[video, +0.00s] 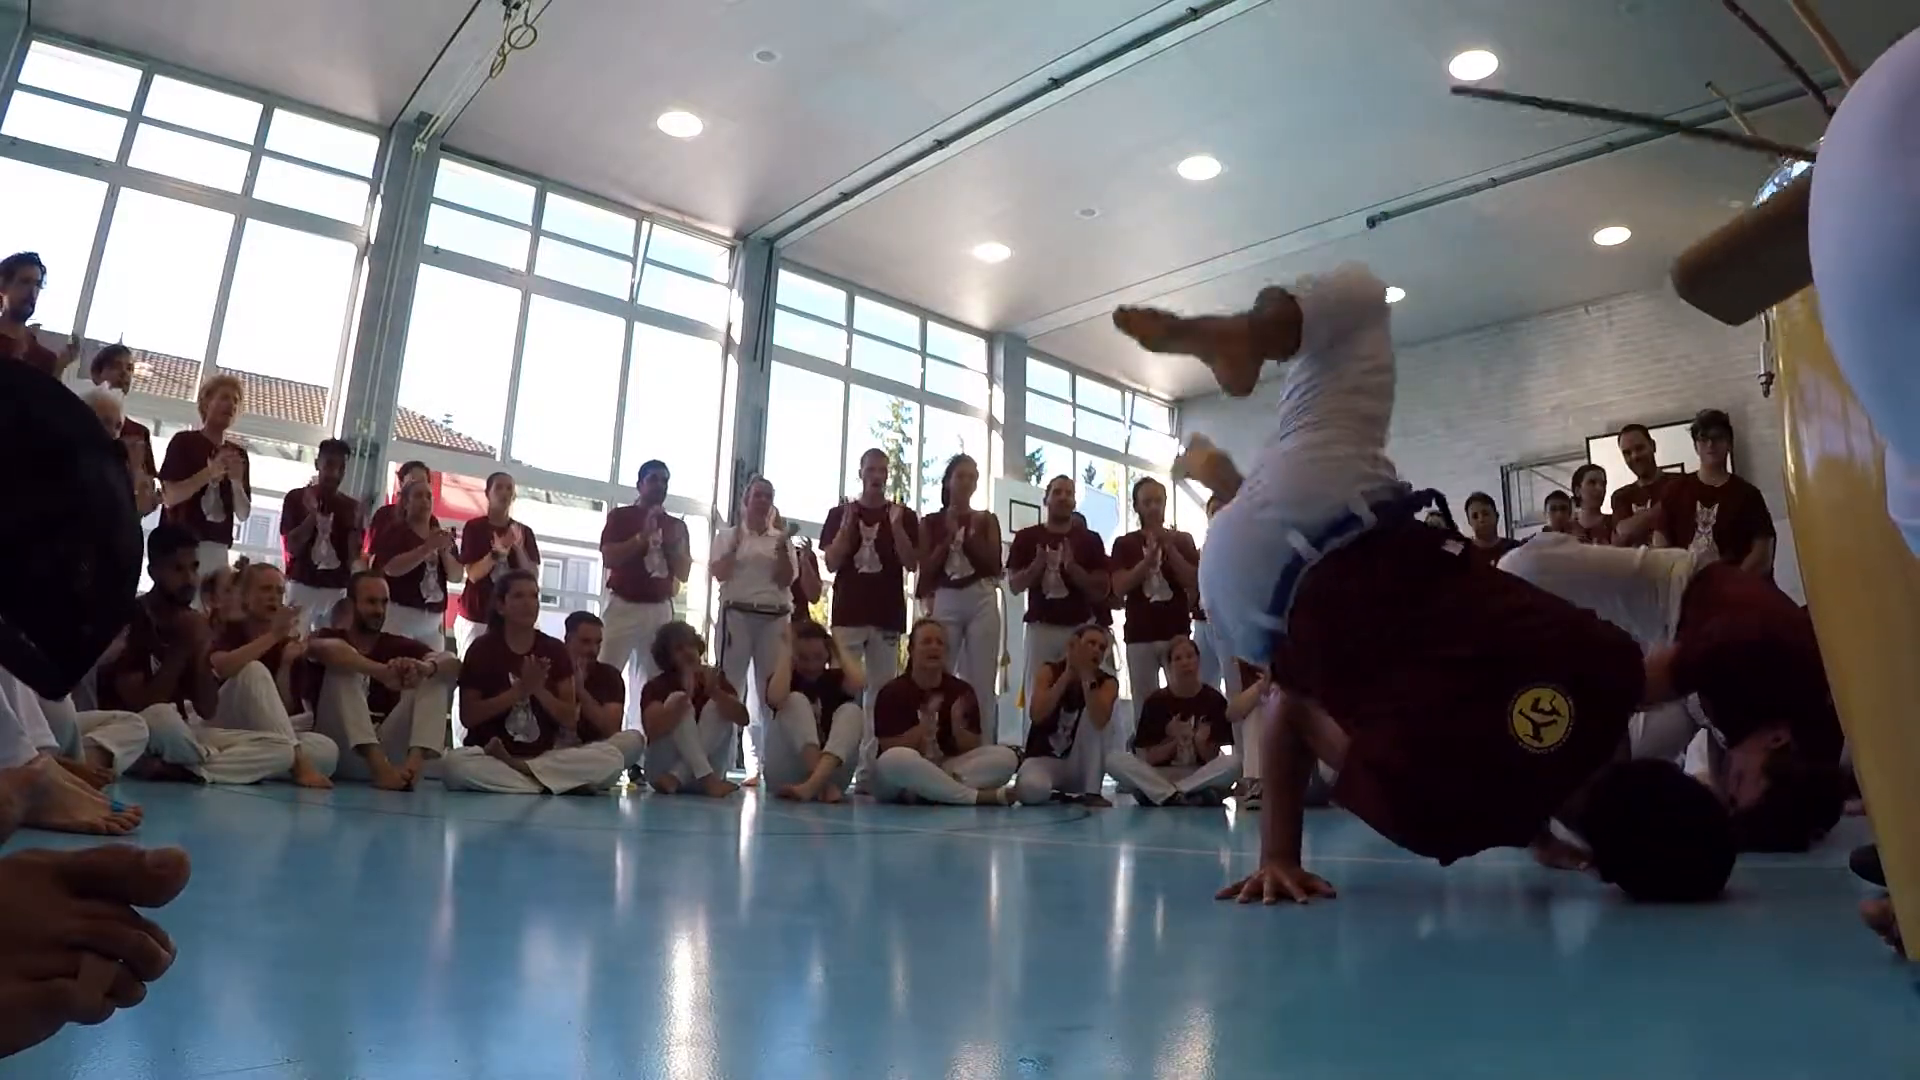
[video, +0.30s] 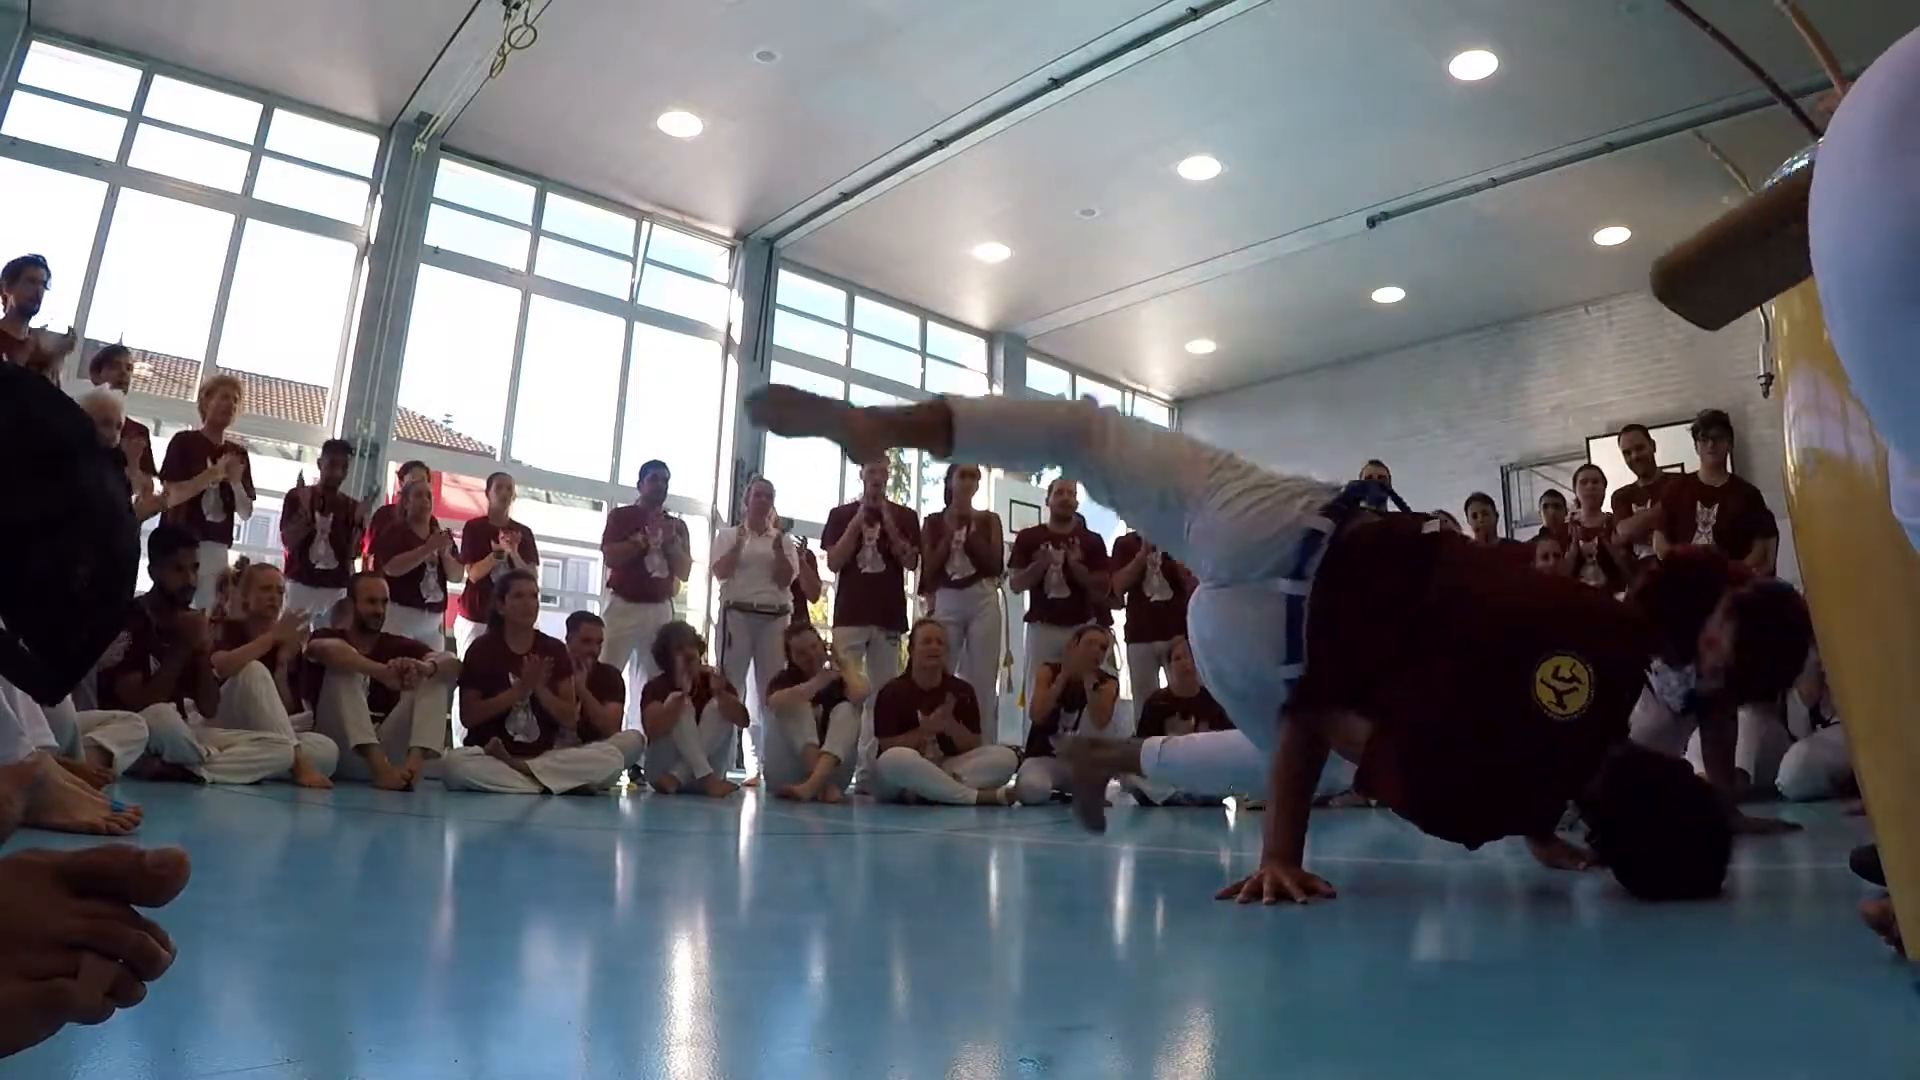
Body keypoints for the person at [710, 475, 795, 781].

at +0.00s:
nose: (761, 500)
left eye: (766, 496)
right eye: (756, 495)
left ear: (773, 502)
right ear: (745, 499)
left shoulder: (781, 537)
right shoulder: (728, 534)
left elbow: (786, 580)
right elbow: (719, 573)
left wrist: (783, 541)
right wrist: (736, 541)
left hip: (774, 616)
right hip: (736, 614)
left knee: (772, 693)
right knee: (729, 690)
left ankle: (767, 764)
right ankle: (723, 765)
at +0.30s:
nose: (761, 501)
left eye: (766, 497)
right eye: (757, 495)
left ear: (773, 503)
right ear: (745, 499)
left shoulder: (784, 539)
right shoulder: (728, 535)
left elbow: (785, 580)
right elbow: (720, 573)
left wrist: (778, 545)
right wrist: (738, 544)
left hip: (774, 615)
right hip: (736, 613)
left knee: (772, 692)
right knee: (730, 689)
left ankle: (767, 762)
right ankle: (725, 764)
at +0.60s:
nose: (761, 500)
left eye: (766, 495)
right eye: (756, 494)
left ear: (773, 502)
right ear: (745, 498)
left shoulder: (782, 538)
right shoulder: (729, 535)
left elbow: (788, 579)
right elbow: (720, 573)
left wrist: (776, 542)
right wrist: (745, 537)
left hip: (775, 619)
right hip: (735, 618)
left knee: (772, 692)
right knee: (730, 692)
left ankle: (768, 765)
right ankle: (728, 765)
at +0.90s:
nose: (762, 500)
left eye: (767, 496)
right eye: (757, 494)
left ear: (773, 503)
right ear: (745, 498)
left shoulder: (782, 538)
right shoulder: (728, 535)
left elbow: (785, 576)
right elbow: (720, 573)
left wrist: (773, 540)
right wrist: (752, 540)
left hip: (775, 617)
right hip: (737, 616)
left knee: (773, 694)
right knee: (730, 690)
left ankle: (771, 765)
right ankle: (726, 764)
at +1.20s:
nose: (761, 500)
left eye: (766, 495)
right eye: (757, 494)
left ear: (772, 502)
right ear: (744, 499)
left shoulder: (783, 538)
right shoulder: (727, 535)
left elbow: (784, 577)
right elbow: (724, 574)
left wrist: (774, 539)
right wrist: (753, 541)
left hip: (774, 618)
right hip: (736, 616)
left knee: (771, 693)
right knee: (730, 691)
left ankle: (768, 762)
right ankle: (726, 763)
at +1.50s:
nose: (761, 499)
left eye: (766, 495)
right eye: (757, 494)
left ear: (773, 501)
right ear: (745, 498)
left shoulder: (783, 538)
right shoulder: (729, 533)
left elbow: (785, 578)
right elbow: (720, 574)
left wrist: (778, 540)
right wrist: (743, 543)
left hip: (774, 617)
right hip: (736, 615)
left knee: (773, 692)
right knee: (730, 689)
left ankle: (771, 762)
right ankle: (727, 762)